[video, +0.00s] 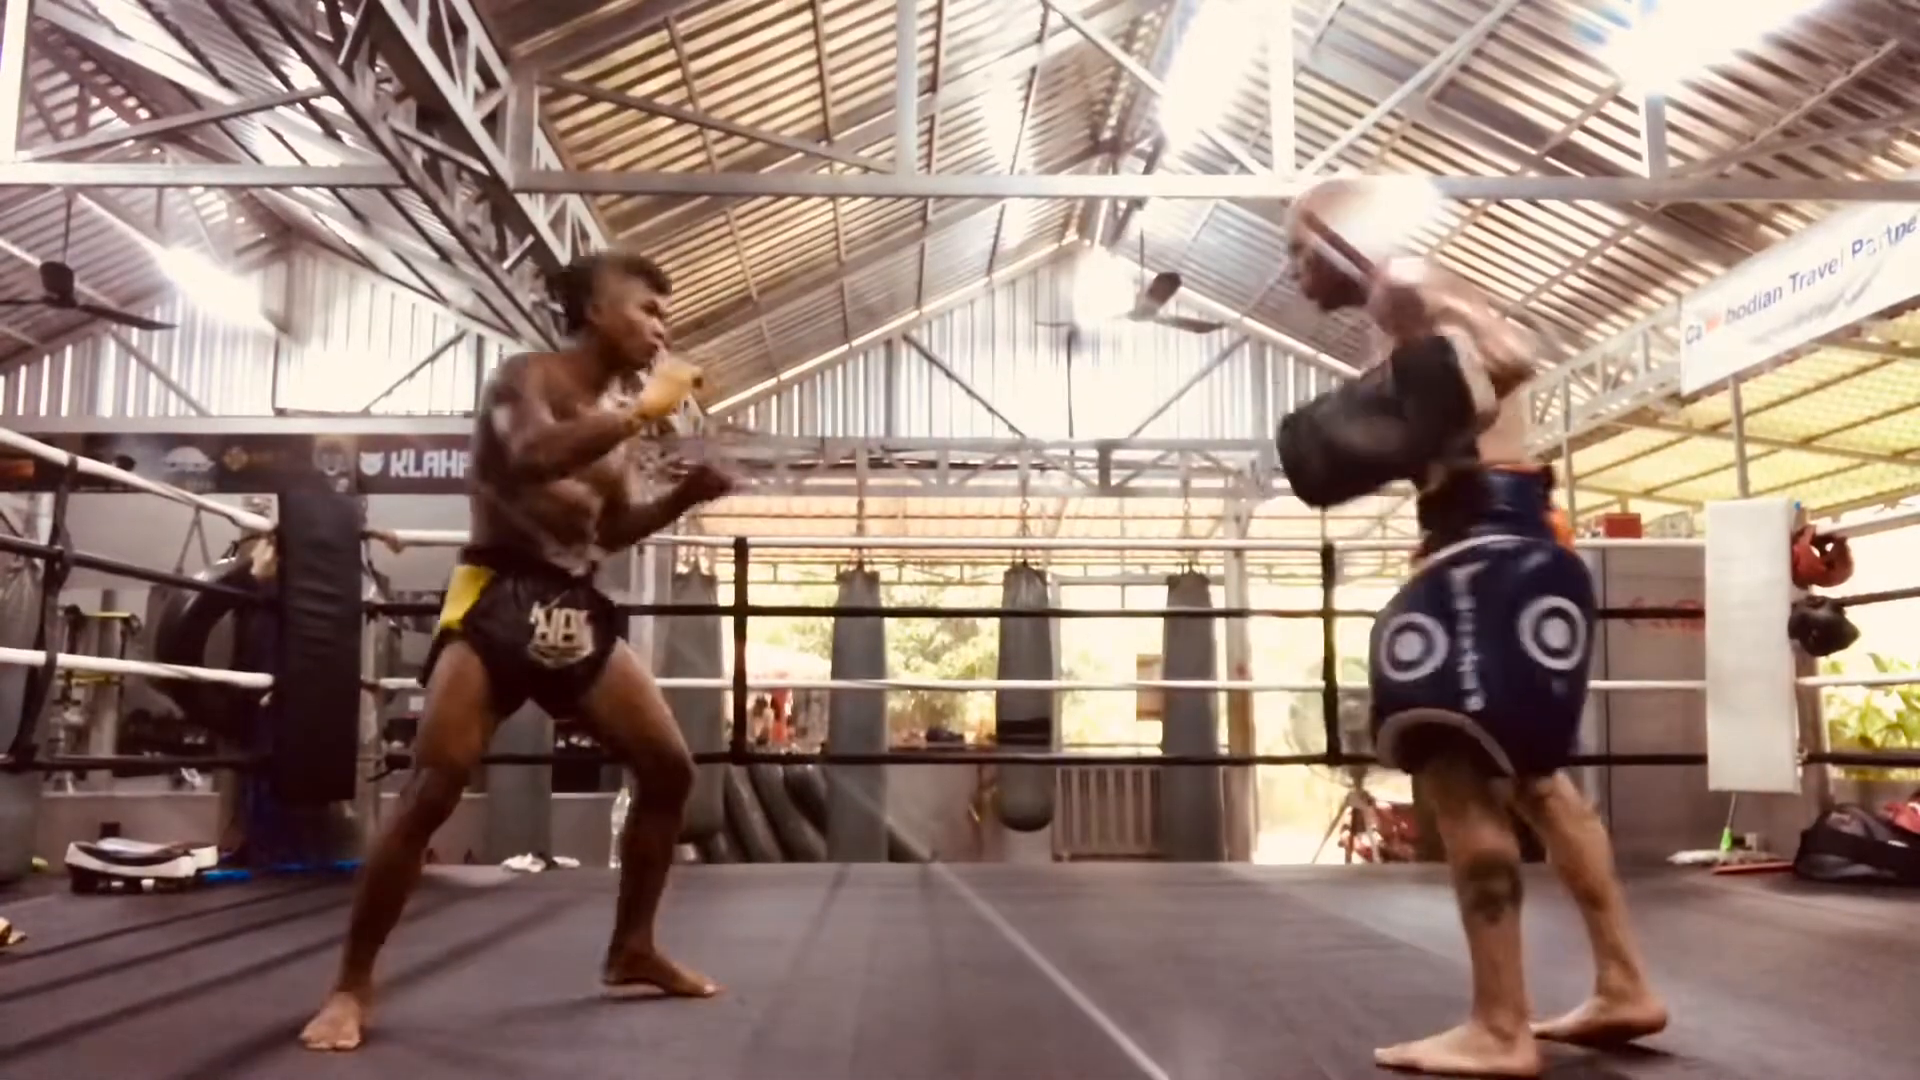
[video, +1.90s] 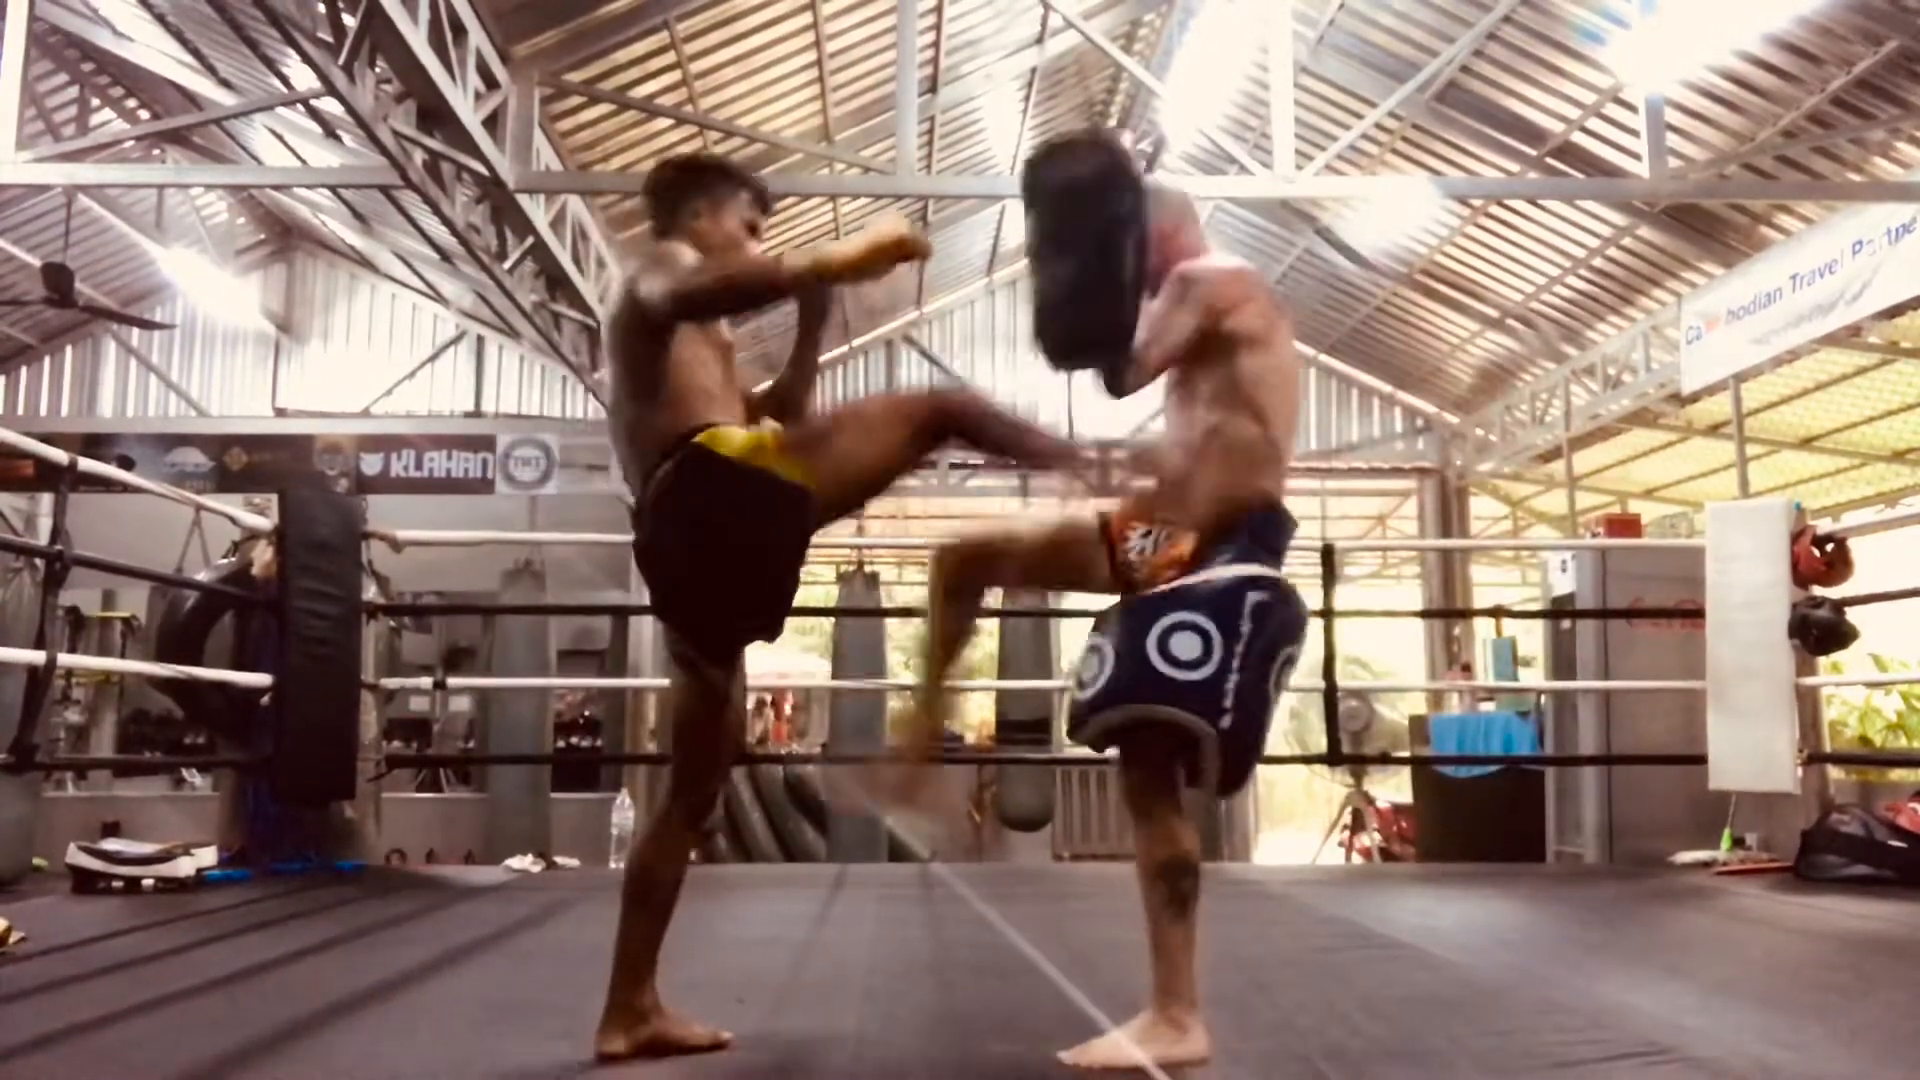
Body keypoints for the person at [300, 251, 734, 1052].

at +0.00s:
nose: (660, 321)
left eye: (661, 308)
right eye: (645, 304)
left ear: (642, 326)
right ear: (590, 309)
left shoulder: (619, 416)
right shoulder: (525, 375)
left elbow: (612, 531)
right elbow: (523, 458)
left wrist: (683, 497)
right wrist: (635, 413)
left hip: (579, 609)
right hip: (496, 597)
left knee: (669, 768)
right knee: (433, 791)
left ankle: (633, 950)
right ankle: (350, 989)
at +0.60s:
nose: (789, 354)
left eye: (792, 339)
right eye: (780, 334)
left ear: (745, 337)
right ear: (728, 327)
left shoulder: (738, 438)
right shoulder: (650, 384)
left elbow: (766, 529)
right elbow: (644, 482)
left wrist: (834, 504)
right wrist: (757, 497)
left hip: (654, 614)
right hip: (576, 592)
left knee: (738, 779)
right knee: (484, 776)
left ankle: (689, 975)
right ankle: (377, 966)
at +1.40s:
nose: (695, 266)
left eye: (695, 251)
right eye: (681, 246)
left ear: (634, 255)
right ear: (619, 247)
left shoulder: (637, 353)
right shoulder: (581, 319)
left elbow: (654, 489)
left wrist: (677, 508)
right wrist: (758, 352)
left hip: (605, 589)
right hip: (527, 579)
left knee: (725, 761)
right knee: (459, 799)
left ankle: (650, 988)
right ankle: (346, 1006)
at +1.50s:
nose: (710, 264)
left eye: (709, 250)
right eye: (696, 247)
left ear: (652, 254)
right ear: (643, 250)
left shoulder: (649, 337)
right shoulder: (618, 310)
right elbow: (756, 355)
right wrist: (765, 313)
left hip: (662, 576)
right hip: (599, 564)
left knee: (740, 792)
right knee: (594, 780)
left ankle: (638, 1008)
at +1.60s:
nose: (702, 267)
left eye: (704, 253)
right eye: (691, 249)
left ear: (627, 248)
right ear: (640, 238)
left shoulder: (595, 343)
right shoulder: (634, 292)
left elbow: (520, 457)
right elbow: (760, 335)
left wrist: (556, 527)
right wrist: (889, 333)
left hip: (639, 543)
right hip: (674, 514)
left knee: (703, 790)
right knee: (823, 578)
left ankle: (636, 1010)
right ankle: (761, 726)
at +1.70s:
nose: (703, 268)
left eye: (704, 254)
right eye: (695, 248)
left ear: (613, 250)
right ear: (643, 239)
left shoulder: (566, 378)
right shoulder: (646, 300)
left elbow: (560, 459)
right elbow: (745, 334)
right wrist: (890, 326)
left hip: (679, 562)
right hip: (729, 485)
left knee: (695, 791)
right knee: (935, 416)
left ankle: (637, 1013)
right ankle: (957, 440)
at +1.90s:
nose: (756, 241)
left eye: (758, 227)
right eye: (746, 222)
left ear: (690, 221)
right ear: (696, 214)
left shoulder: (697, 333)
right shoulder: (650, 270)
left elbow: (781, 423)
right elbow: (694, 294)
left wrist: (809, 319)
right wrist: (843, 261)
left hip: (683, 553)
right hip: (724, 489)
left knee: (690, 790)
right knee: (944, 409)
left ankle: (630, 1010)